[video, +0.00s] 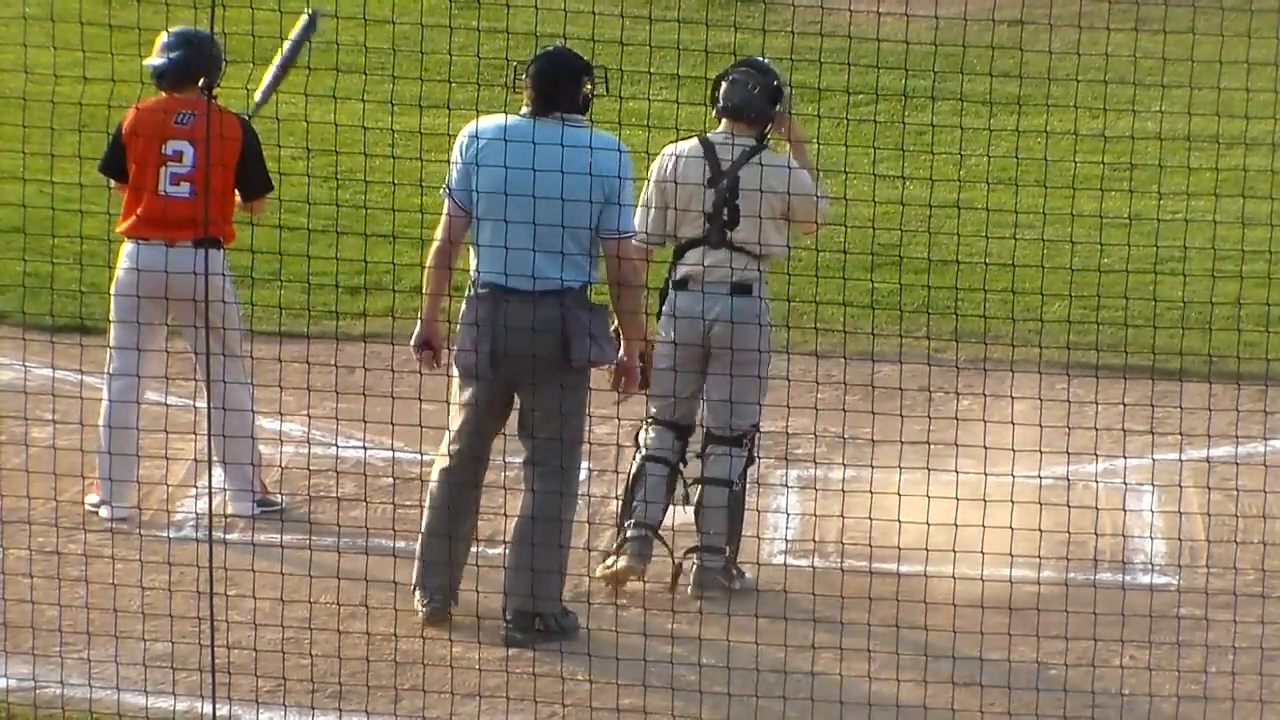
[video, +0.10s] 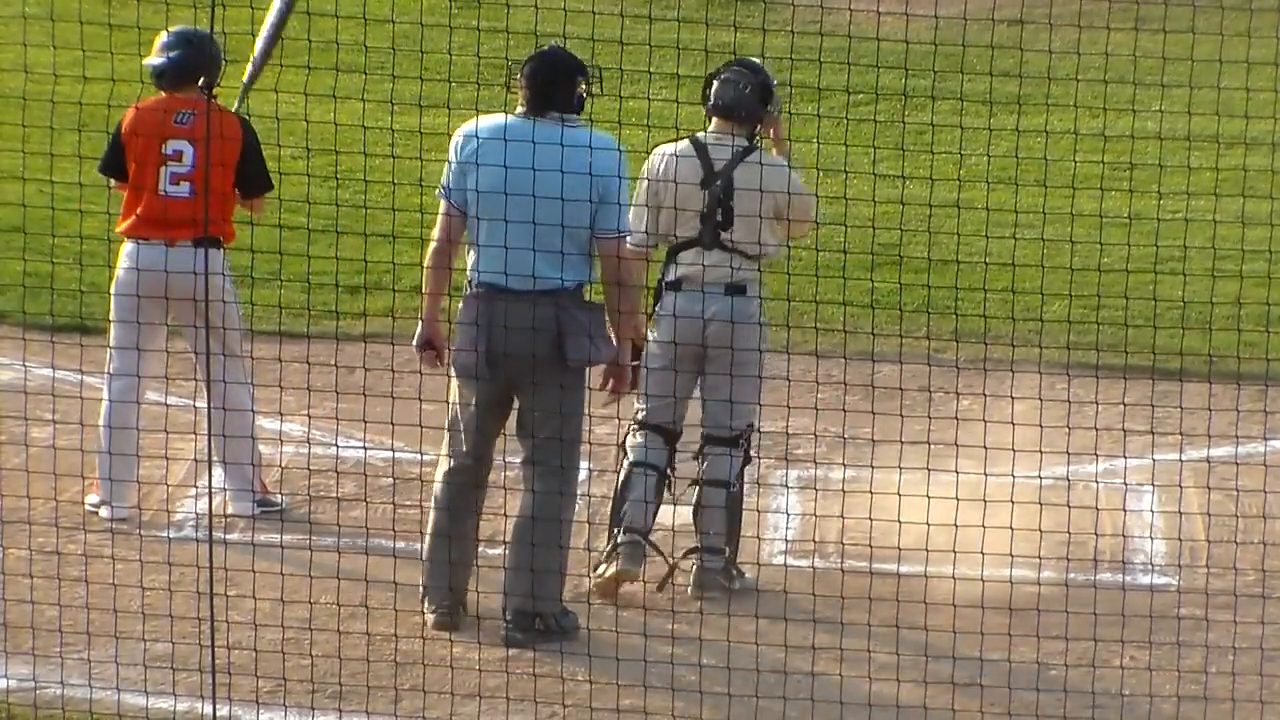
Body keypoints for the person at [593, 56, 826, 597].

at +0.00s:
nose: (775, 116)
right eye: (774, 109)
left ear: (719, 105)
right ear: (771, 114)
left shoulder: (674, 159)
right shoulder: (779, 169)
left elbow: (640, 250)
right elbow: (812, 217)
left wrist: (632, 326)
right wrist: (796, 143)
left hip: (682, 306)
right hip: (744, 311)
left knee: (666, 422)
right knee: (727, 437)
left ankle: (635, 542)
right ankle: (713, 563)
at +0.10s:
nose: (766, 117)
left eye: (762, 110)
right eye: (766, 111)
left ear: (710, 105)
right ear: (761, 115)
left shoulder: (665, 160)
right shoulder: (771, 170)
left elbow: (637, 250)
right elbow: (803, 220)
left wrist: (629, 320)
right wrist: (780, 151)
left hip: (675, 309)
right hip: (737, 312)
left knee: (653, 428)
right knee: (725, 439)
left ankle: (627, 545)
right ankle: (713, 564)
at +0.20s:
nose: (755, 119)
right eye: (755, 112)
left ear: (699, 107)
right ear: (752, 116)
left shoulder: (654, 161)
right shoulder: (761, 173)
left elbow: (631, 255)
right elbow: (783, 230)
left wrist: (621, 329)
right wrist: (763, 157)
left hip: (664, 310)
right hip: (726, 313)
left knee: (647, 434)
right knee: (721, 439)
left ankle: (626, 550)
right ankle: (712, 562)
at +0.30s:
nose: (743, 122)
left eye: (738, 114)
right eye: (743, 114)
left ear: (686, 109)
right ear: (738, 117)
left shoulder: (639, 163)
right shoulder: (746, 173)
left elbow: (623, 250)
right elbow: (755, 241)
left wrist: (608, 325)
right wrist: (743, 163)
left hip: (650, 311)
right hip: (711, 314)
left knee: (641, 434)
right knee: (713, 439)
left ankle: (626, 562)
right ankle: (712, 562)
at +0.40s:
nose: (728, 124)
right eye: (729, 116)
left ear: (670, 111)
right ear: (723, 119)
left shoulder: (626, 164)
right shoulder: (735, 175)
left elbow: (606, 250)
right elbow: (745, 237)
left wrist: (598, 332)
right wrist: (724, 162)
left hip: (638, 315)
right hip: (701, 319)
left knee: (635, 439)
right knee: (708, 440)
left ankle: (627, 568)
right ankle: (714, 564)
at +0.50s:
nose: (718, 125)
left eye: (714, 118)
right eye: (717, 117)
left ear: (656, 112)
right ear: (710, 120)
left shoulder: (615, 165)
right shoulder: (722, 172)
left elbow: (593, 249)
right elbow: (737, 233)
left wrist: (591, 330)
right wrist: (716, 167)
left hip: (629, 315)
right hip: (692, 318)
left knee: (632, 441)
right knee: (708, 440)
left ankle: (627, 567)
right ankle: (716, 563)